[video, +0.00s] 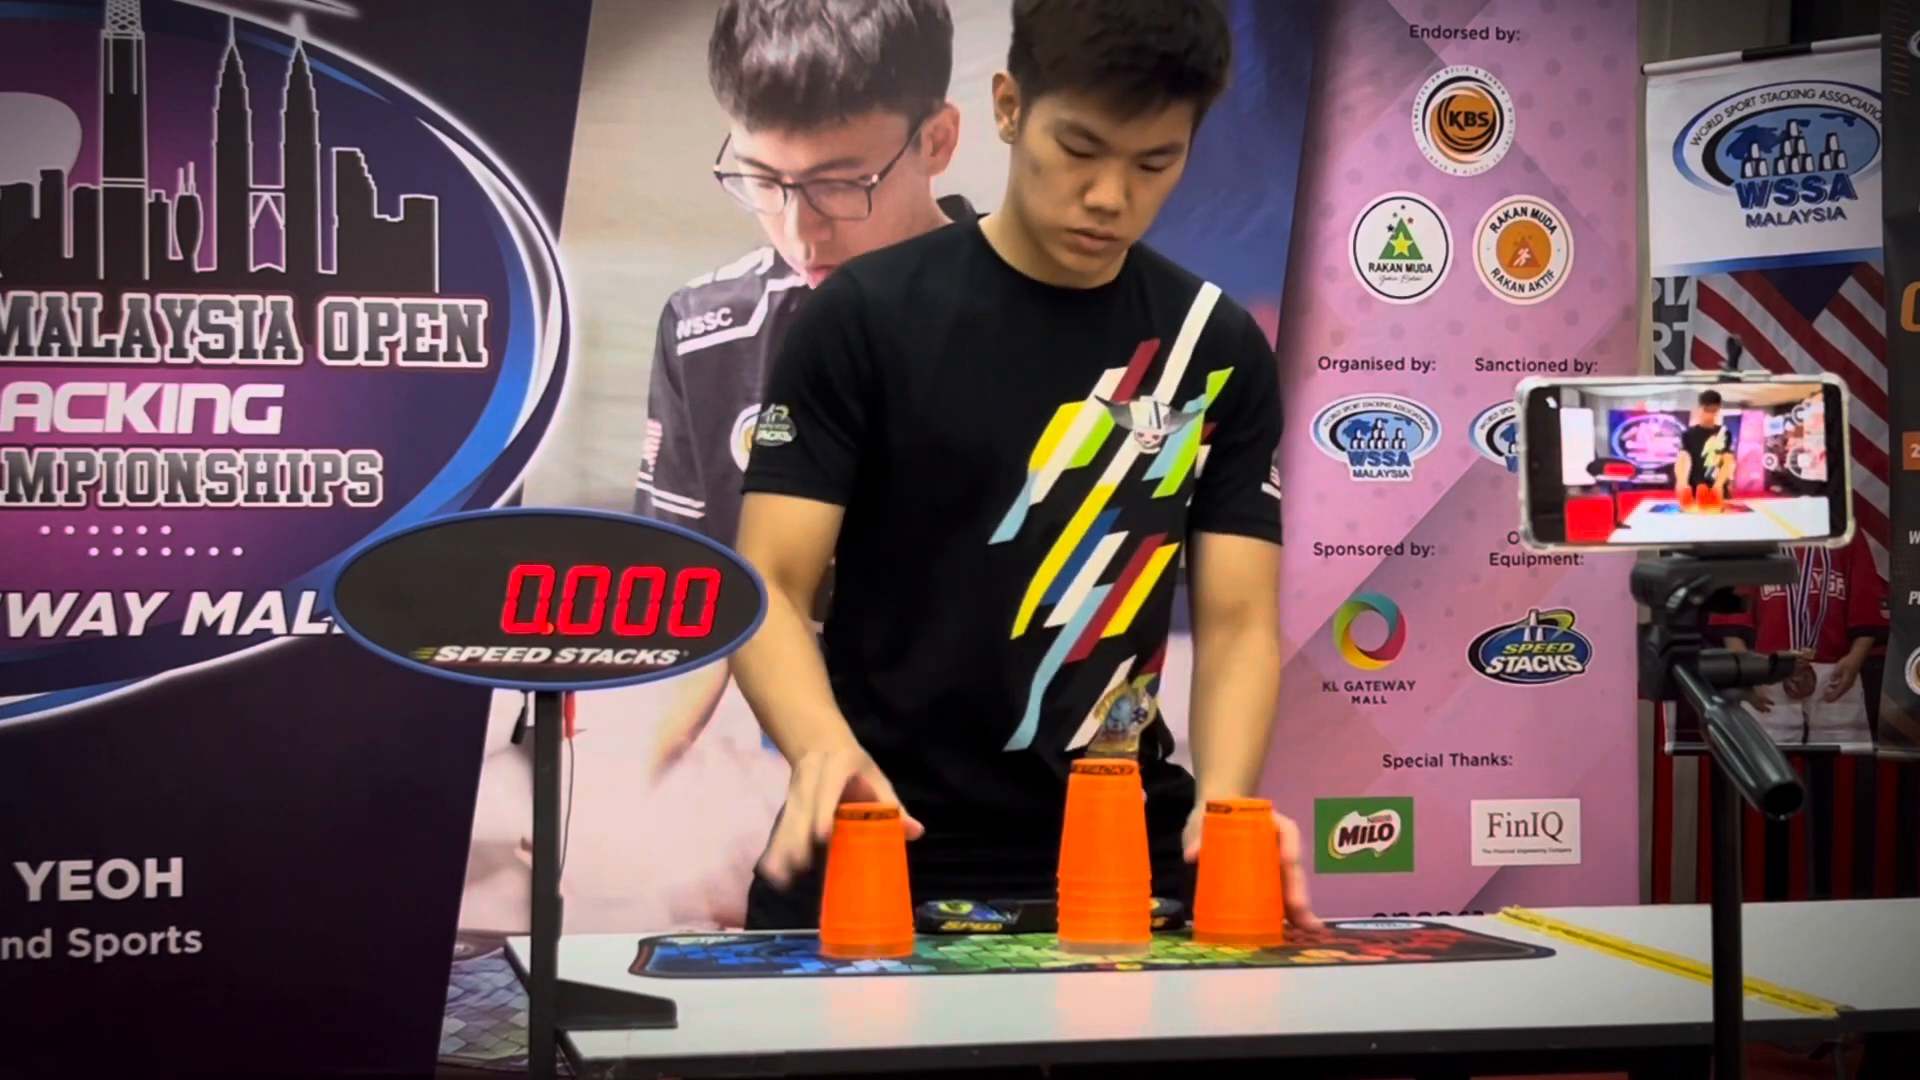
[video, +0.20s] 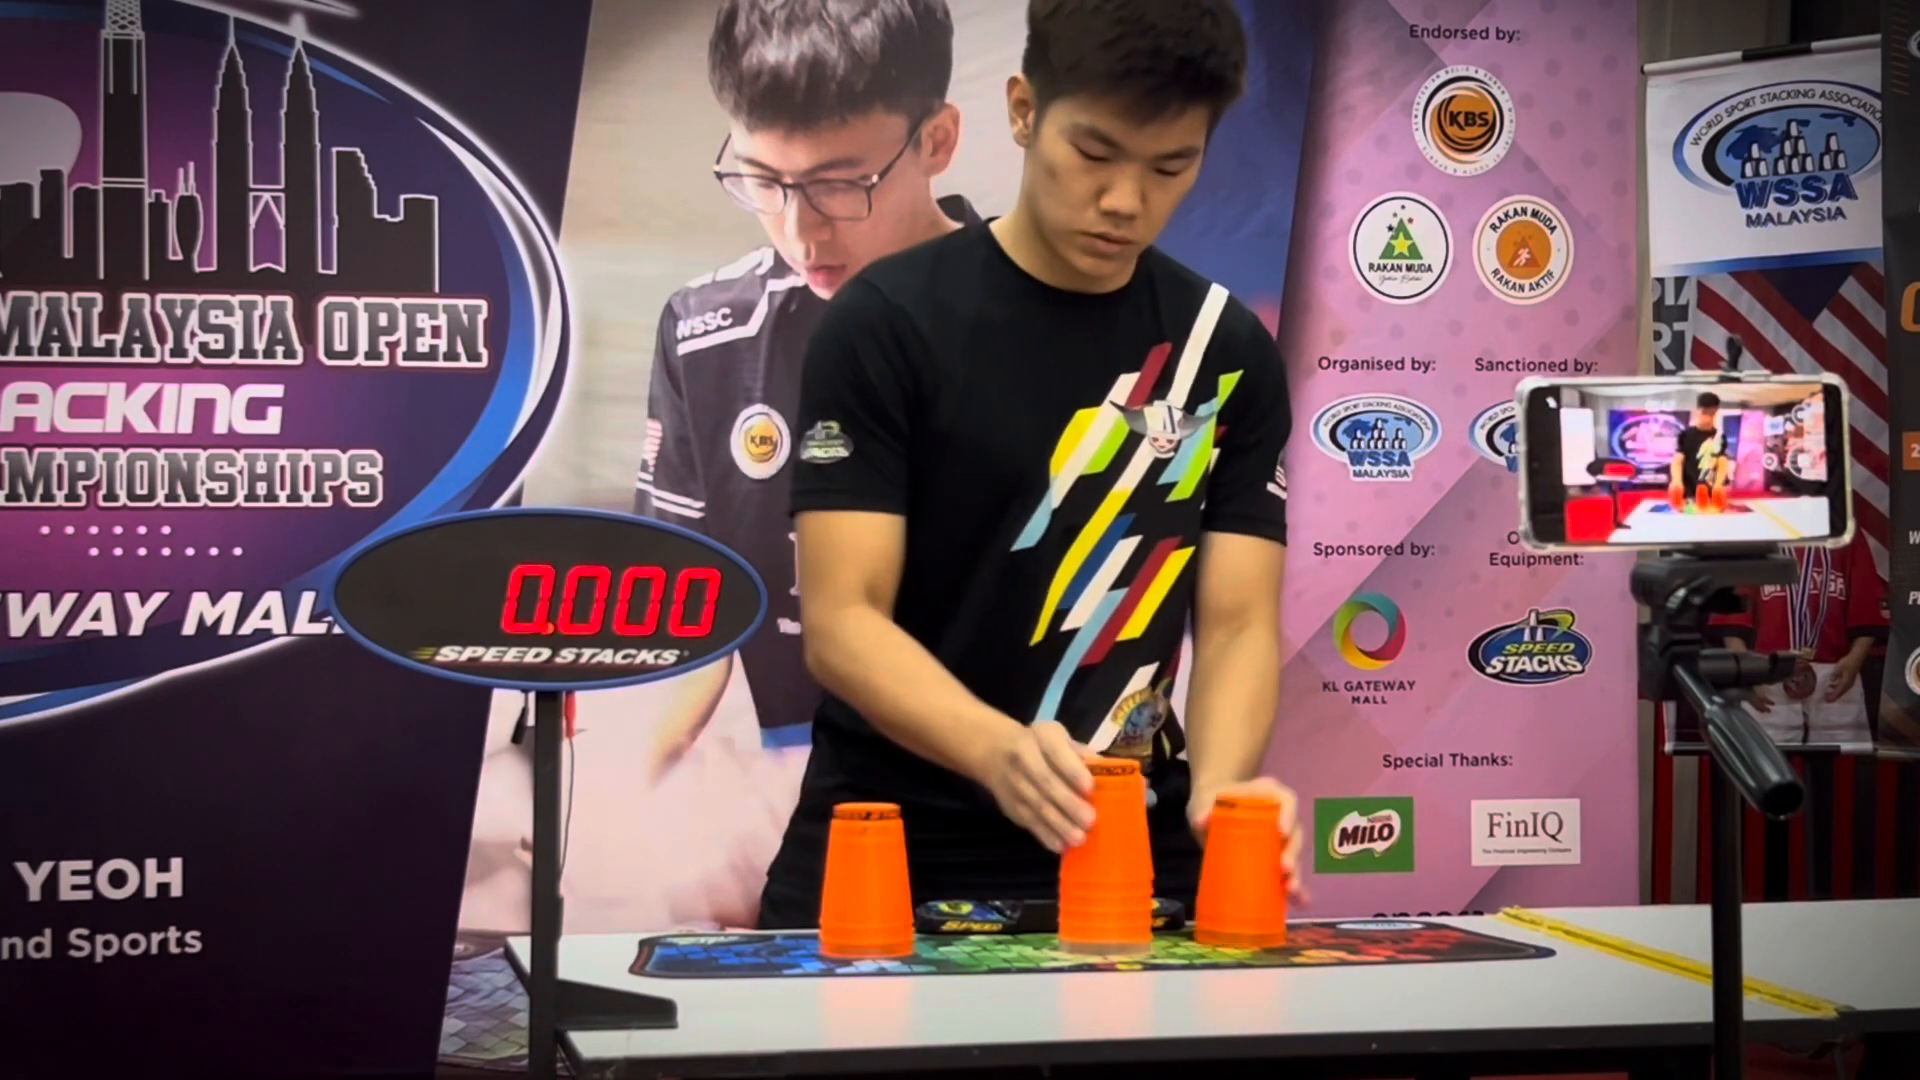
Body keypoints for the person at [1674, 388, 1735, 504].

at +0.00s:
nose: (1710, 416)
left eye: (1714, 411)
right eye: (1707, 411)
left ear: (1718, 411)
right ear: (1700, 409)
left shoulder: (1724, 433)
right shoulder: (1690, 434)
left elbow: (1728, 459)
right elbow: (1684, 458)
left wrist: (1718, 486)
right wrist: (1682, 485)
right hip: (1694, 484)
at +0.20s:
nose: (1707, 418)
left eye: (1711, 414)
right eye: (1704, 413)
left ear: (1716, 413)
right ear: (1698, 411)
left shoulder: (1719, 437)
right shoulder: (1686, 435)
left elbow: (1722, 463)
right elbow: (1677, 460)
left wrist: (1718, 487)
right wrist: (1677, 484)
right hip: (1688, 494)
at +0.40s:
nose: (1708, 418)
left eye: (1712, 414)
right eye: (1705, 413)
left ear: (1716, 413)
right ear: (1698, 412)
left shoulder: (1720, 437)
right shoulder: (1687, 435)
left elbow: (1723, 463)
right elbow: (1679, 463)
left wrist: (1719, 485)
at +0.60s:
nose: (1709, 419)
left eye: (1712, 414)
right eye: (1706, 414)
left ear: (1717, 414)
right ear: (1699, 412)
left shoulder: (1721, 436)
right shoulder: (1689, 435)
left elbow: (1723, 462)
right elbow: (1680, 463)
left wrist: (1722, 486)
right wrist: (1693, 486)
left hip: (1714, 494)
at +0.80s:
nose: (1709, 422)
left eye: (1713, 418)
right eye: (1706, 417)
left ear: (1717, 418)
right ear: (1700, 415)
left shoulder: (1720, 440)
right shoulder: (1688, 437)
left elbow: (1723, 469)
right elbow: (1673, 464)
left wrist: (1714, 495)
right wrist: (1686, 495)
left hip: (1710, 498)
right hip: (1690, 498)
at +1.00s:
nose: (1709, 425)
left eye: (1713, 421)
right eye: (1706, 420)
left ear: (1717, 420)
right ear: (1700, 417)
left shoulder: (1720, 442)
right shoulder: (1687, 439)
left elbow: (1724, 470)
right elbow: (1672, 465)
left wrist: (1714, 494)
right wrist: (1685, 496)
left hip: (1710, 500)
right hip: (1690, 499)